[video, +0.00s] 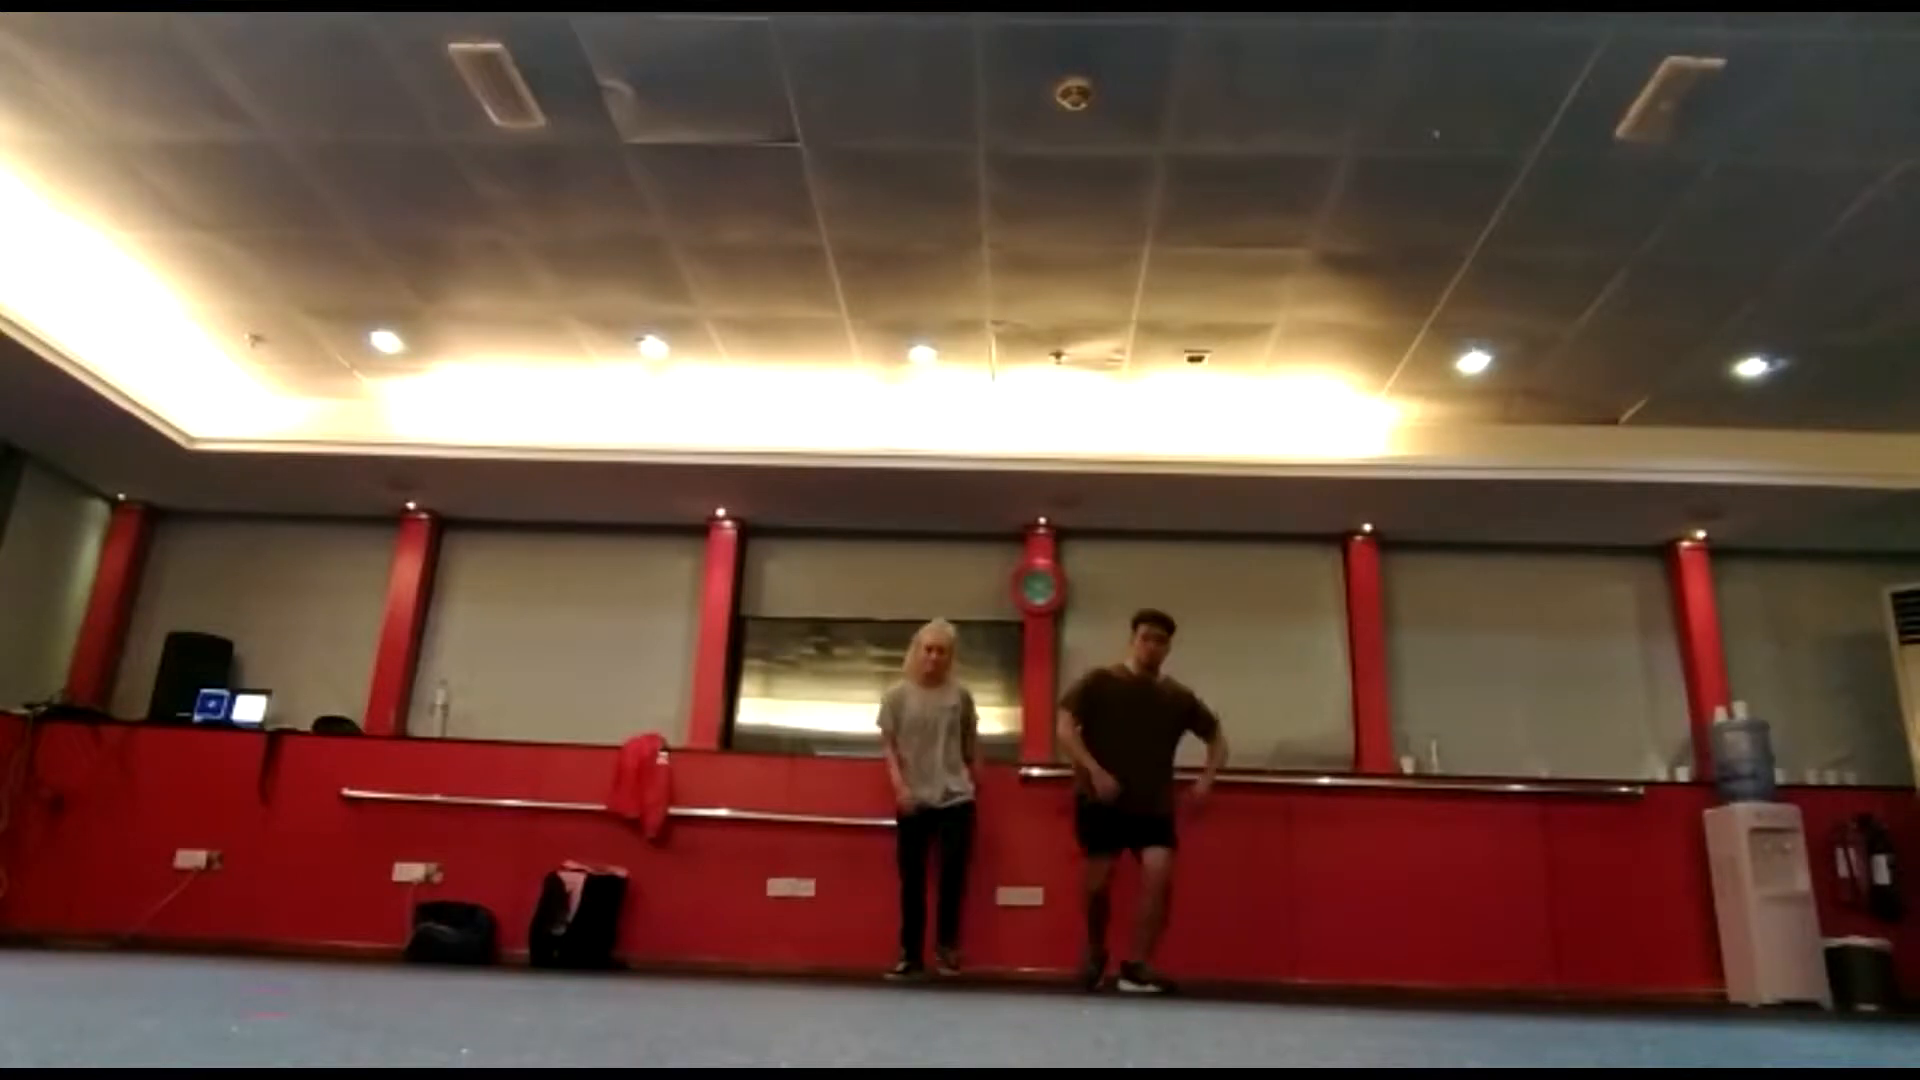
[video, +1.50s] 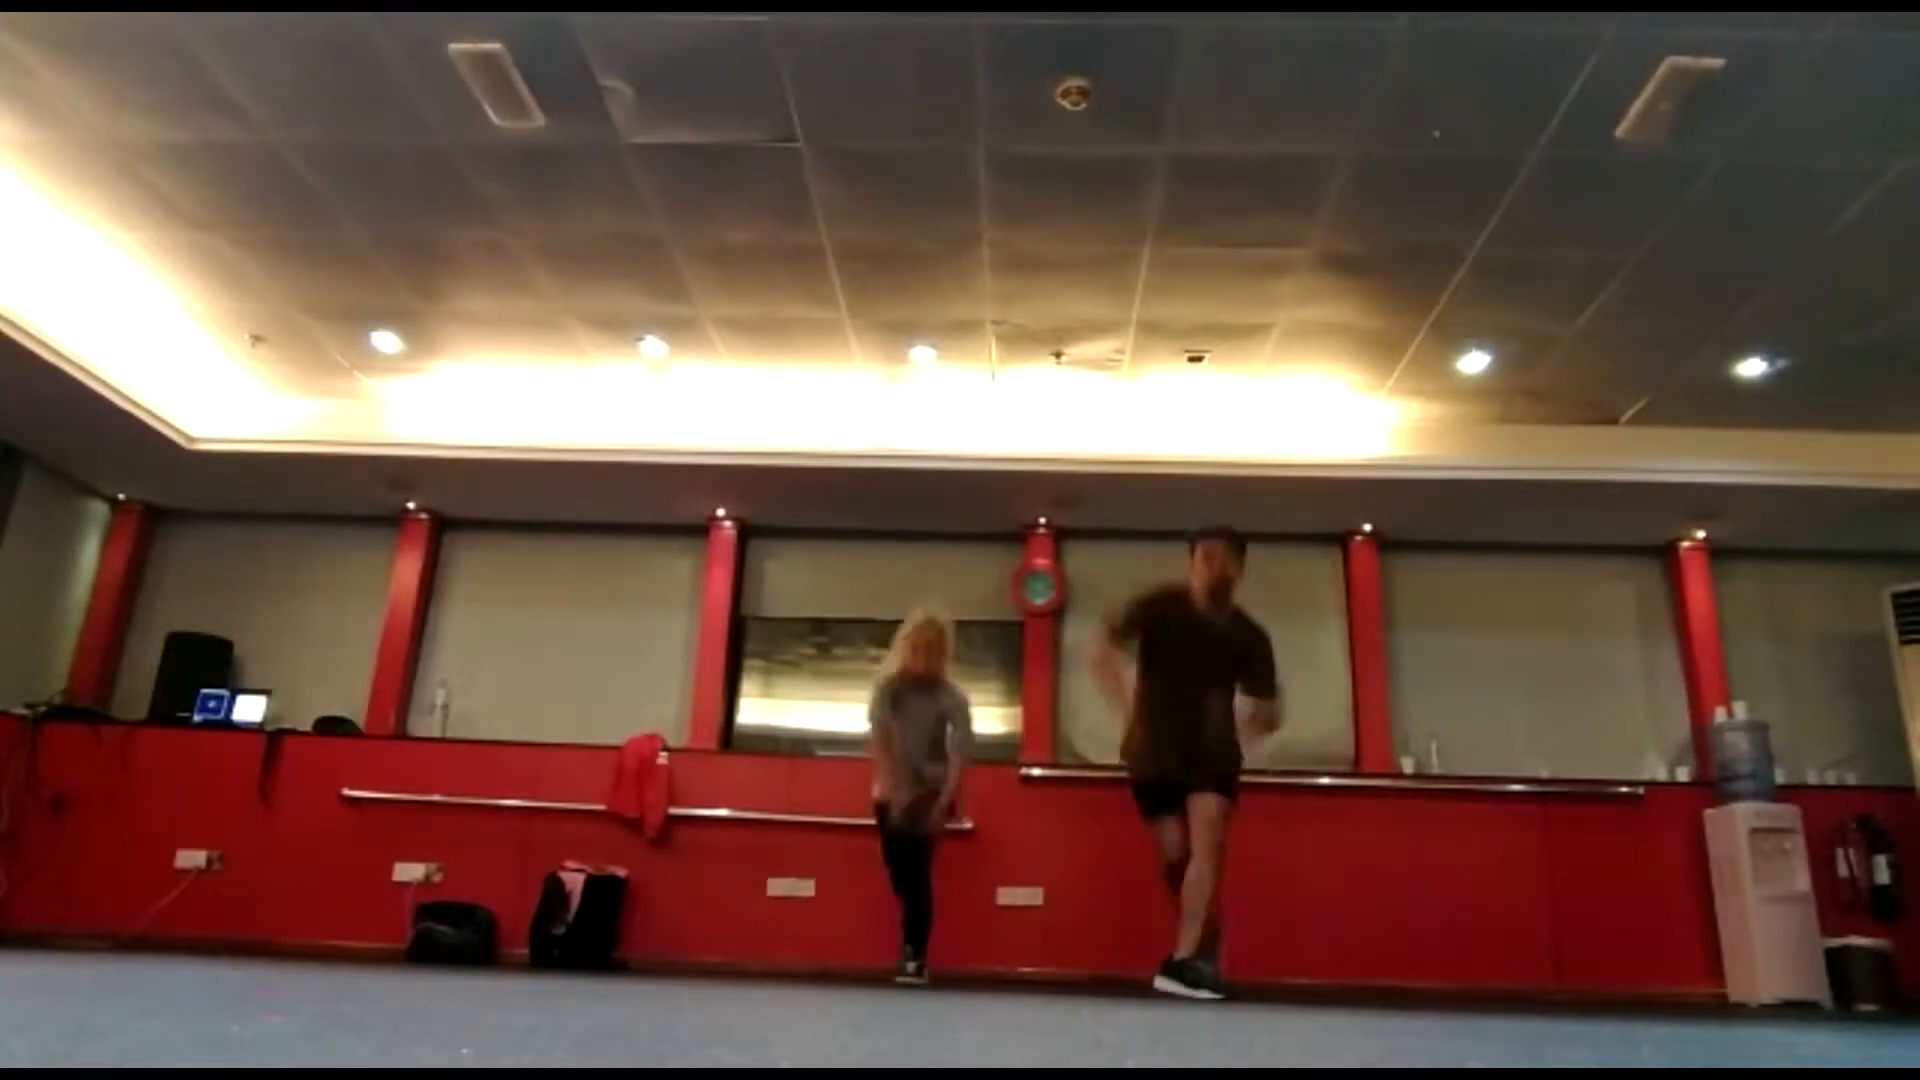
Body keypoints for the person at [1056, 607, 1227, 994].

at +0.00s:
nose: (1152, 647)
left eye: (1159, 641)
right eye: (1146, 638)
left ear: (1168, 648)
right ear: (1132, 640)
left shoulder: (1176, 697)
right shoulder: (1099, 683)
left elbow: (1216, 737)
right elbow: (1064, 726)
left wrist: (1207, 778)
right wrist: (1094, 772)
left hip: (1153, 800)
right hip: (1103, 797)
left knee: (1159, 872)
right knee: (1097, 876)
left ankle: (1137, 963)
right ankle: (1095, 957)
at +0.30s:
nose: (1171, 619)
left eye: (1180, 612)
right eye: (1166, 610)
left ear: (1192, 619)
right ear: (1154, 613)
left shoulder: (1195, 675)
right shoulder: (1123, 645)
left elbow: (1183, 736)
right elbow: (1090, 691)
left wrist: (1179, 790)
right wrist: (1104, 737)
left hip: (1158, 763)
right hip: (1115, 752)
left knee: (1154, 851)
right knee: (1113, 809)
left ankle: (1141, 948)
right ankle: (1106, 850)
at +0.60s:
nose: (1144, 626)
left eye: (1151, 617)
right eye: (1136, 619)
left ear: (1166, 619)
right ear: (1126, 626)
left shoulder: (1197, 674)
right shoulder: (1118, 672)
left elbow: (1216, 737)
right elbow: (1101, 718)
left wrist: (1182, 773)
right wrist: (1124, 749)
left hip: (1183, 773)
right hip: (1138, 769)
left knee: (1170, 862)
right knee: (1147, 836)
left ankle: (1149, 953)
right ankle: (1166, 939)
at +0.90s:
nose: (1132, 614)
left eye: (1138, 603)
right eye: (1124, 608)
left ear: (1156, 604)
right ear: (1116, 616)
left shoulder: (1198, 636)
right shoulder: (1122, 666)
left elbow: (1250, 665)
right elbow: (1111, 728)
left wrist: (1219, 708)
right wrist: (1158, 734)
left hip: (1216, 759)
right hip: (1165, 764)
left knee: (1223, 852)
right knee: (1176, 844)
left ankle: (1196, 880)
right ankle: (1188, 959)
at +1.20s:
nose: (1191, 581)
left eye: (1199, 573)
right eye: (1182, 573)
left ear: (1210, 581)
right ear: (1164, 580)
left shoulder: (1229, 628)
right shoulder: (1138, 629)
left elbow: (1283, 657)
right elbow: (1083, 662)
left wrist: (1325, 673)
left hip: (1212, 749)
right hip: (1158, 753)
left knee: (1235, 800)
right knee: (1188, 850)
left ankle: (1211, 936)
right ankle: (1203, 954)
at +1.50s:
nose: (1209, 568)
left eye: (1220, 559)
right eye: (1204, 557)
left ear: (1238, 569)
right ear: (1190, 562)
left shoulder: (1248, 636)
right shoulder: (1159, 607)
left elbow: (1265, 714)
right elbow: (1102, 652)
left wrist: (1230, 734)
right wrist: (1130, 705)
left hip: (1212, 745)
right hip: (1154, 740)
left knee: (1207, 842)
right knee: (1173, 852)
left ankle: (1185, 955)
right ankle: (1199, 938)